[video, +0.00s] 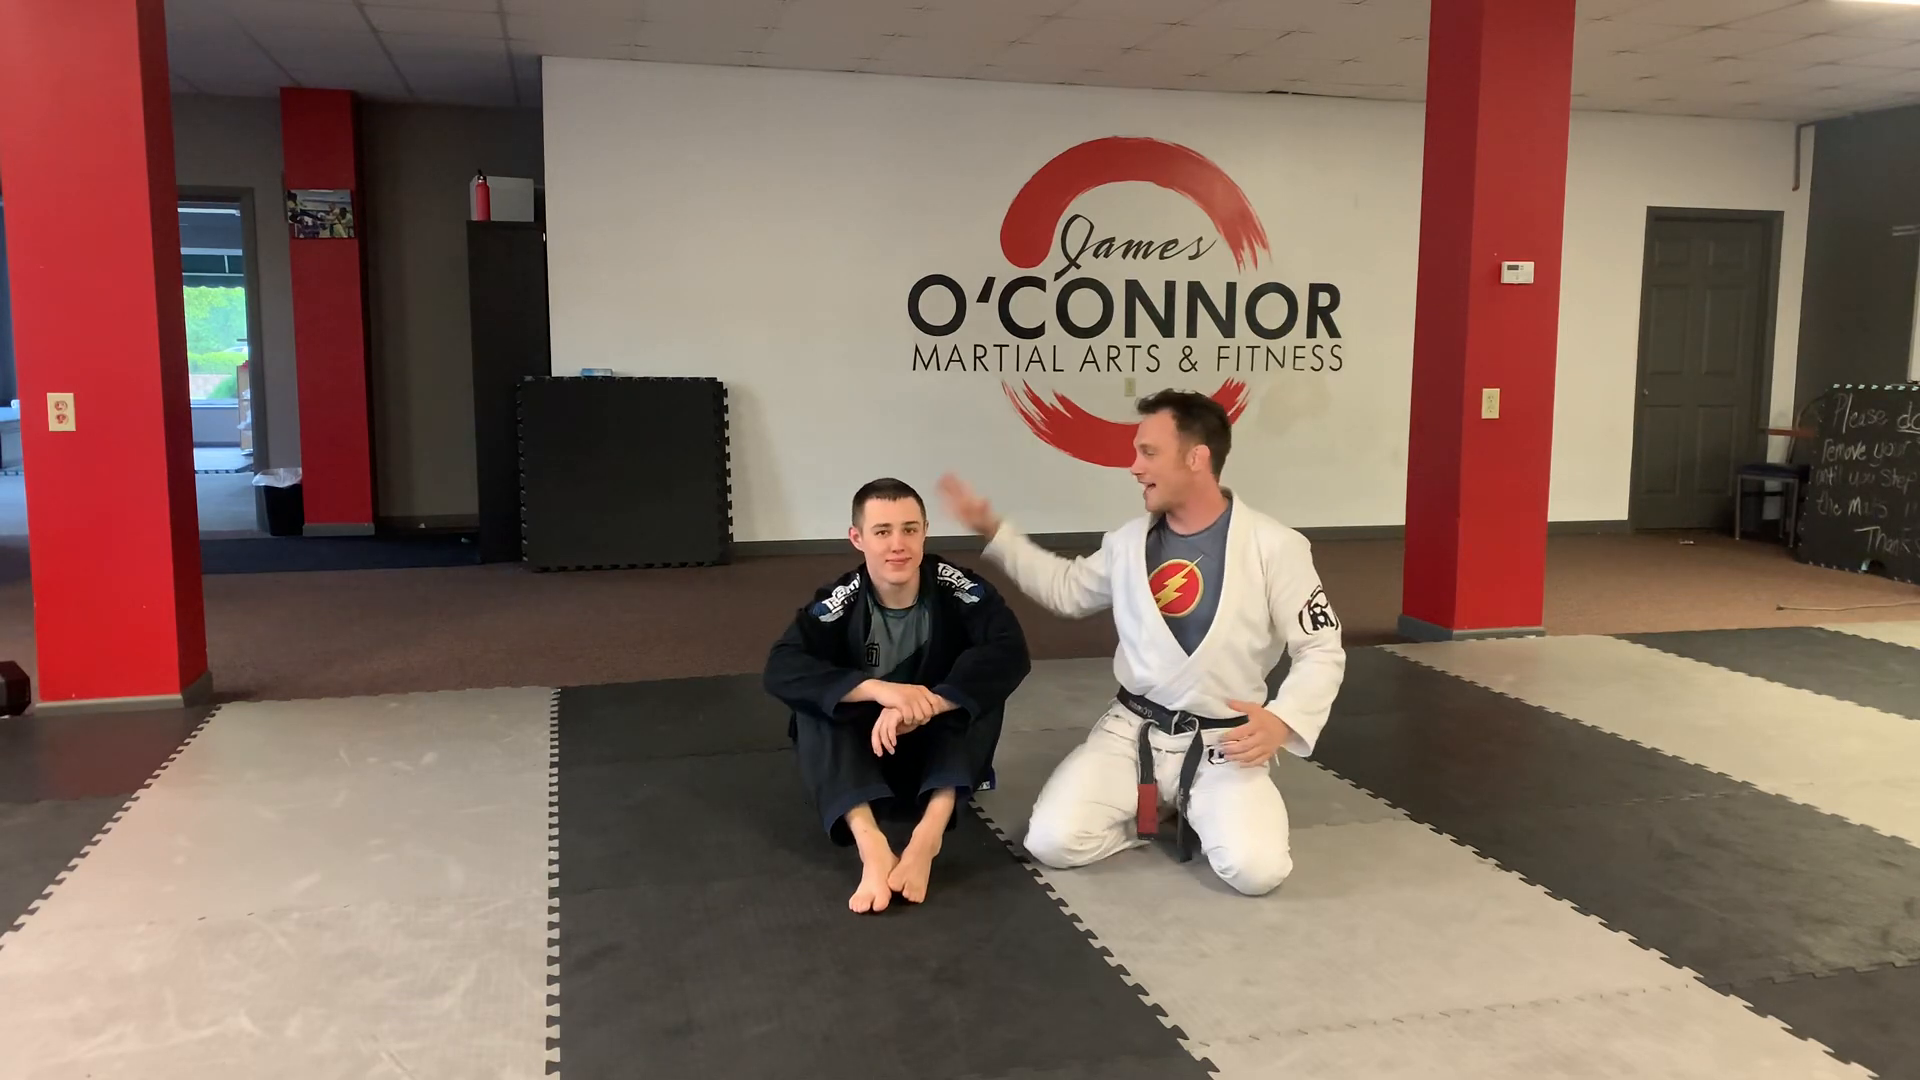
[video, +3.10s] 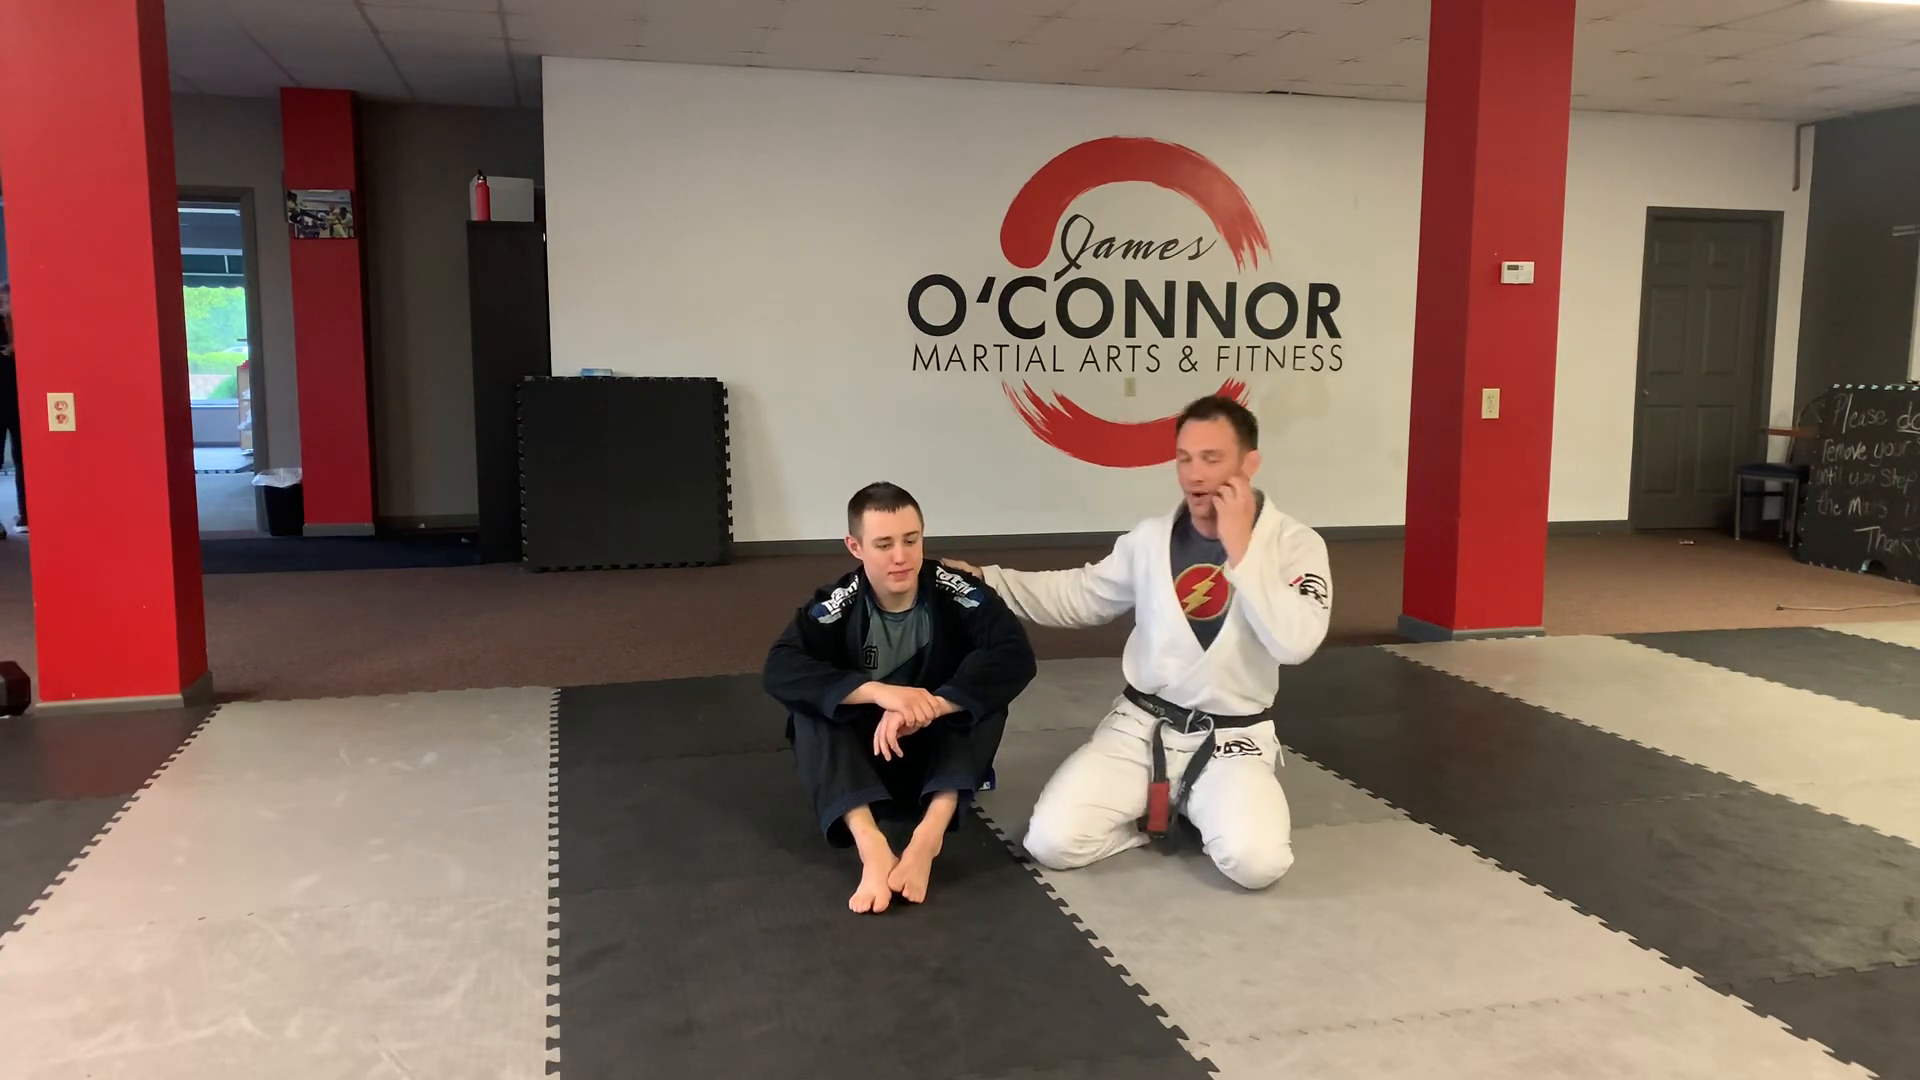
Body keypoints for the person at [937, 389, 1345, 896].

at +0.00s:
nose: (1135, 468)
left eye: (1149, 453)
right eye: (1136, 454)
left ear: (1197, 459)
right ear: (1189, 460)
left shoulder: (1274, 548)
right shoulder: (1129, 543)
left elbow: (1321, 651)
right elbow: (1067, 590)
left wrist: (1283, 723)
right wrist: (992, 530)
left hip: (1226, 744)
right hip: (1130, 730)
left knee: (1259, 871)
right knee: (1052, 842)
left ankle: (1203, 805)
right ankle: (1155, 803)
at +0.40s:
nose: (1140, 461)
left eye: (1157, 445)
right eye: (1128, 448)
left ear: (1191, 454)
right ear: (1115, 460)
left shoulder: (1251, 544)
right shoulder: (1101, 550)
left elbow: (1293, 657)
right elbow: (1055, 609)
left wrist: (1256, 748)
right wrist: (982, 568)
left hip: (1220, 737)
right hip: (1126, 730)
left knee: (1254, 871)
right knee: (1050, 841)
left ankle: (1199, 799)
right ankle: (1159, 809)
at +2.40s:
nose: (1136, 464)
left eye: (1152, 448)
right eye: (1125, 450)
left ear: (1188, 457)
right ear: (1112, 462)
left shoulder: (1245, 548)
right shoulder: (1098, 549)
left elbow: (1283, 662)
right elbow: (1055, 608)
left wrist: (1233, 748)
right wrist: (980, 566)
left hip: (1208, 739)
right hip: (1115, 730)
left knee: (1245, 871)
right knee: (1045, 841)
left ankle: (1185, 803)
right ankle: (1153, 809)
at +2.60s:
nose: (1137, 463)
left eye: (1154, 447)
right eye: (1129, 449)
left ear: (1194, 457)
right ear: (1119, 457)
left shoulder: (1248, 548)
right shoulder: (1107, 544)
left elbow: (1292, 651)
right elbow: (1063, 597)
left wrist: (1227, 692)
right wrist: (980, 553)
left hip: (1207, 736)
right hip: (1115, 728)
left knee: (1246, 870)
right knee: (1045, 840)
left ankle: (1190, 800)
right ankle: (1149, 807)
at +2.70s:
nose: (1134, 464)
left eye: (1150, 449)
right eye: (1129, 451)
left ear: (1196, 458)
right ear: (1124, 458)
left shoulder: (1251, 547)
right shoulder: (1114, 540)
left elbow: (1291, 658)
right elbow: (1063, 593)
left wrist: (1210, 621)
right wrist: (989, 540)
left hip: (1208, 736)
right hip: (1116, 726)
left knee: (1246, 871)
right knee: (1045, 841)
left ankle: (1193, 800)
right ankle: (1153, 811)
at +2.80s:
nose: (1135, 468)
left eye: (1150, 454)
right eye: (1134, 455)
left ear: (1199, 462)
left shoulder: (1260, 544)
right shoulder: (1121, 540)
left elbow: (1275, 651)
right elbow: (1064, 590)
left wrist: (1208, 566)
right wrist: (989, 539)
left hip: (1211, 737)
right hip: (1119, 727)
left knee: (1246, 870)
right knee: (1045, 842)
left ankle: (1198, 798)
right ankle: (1154, 810)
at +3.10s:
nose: (1194, 475)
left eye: (1212, 459)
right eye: (1185, 459)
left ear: (1250, 464)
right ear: (1175, 463)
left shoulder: (1295, 545)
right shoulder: (1148, 541)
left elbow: (1295, 643)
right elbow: (1081, 595)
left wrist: (1241, 551)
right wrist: (987, 579)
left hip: (1233, 739)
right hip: (1137, 726)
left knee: (1258, 863)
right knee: (1052, 843)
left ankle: (1205, 798)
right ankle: (1157, 807)